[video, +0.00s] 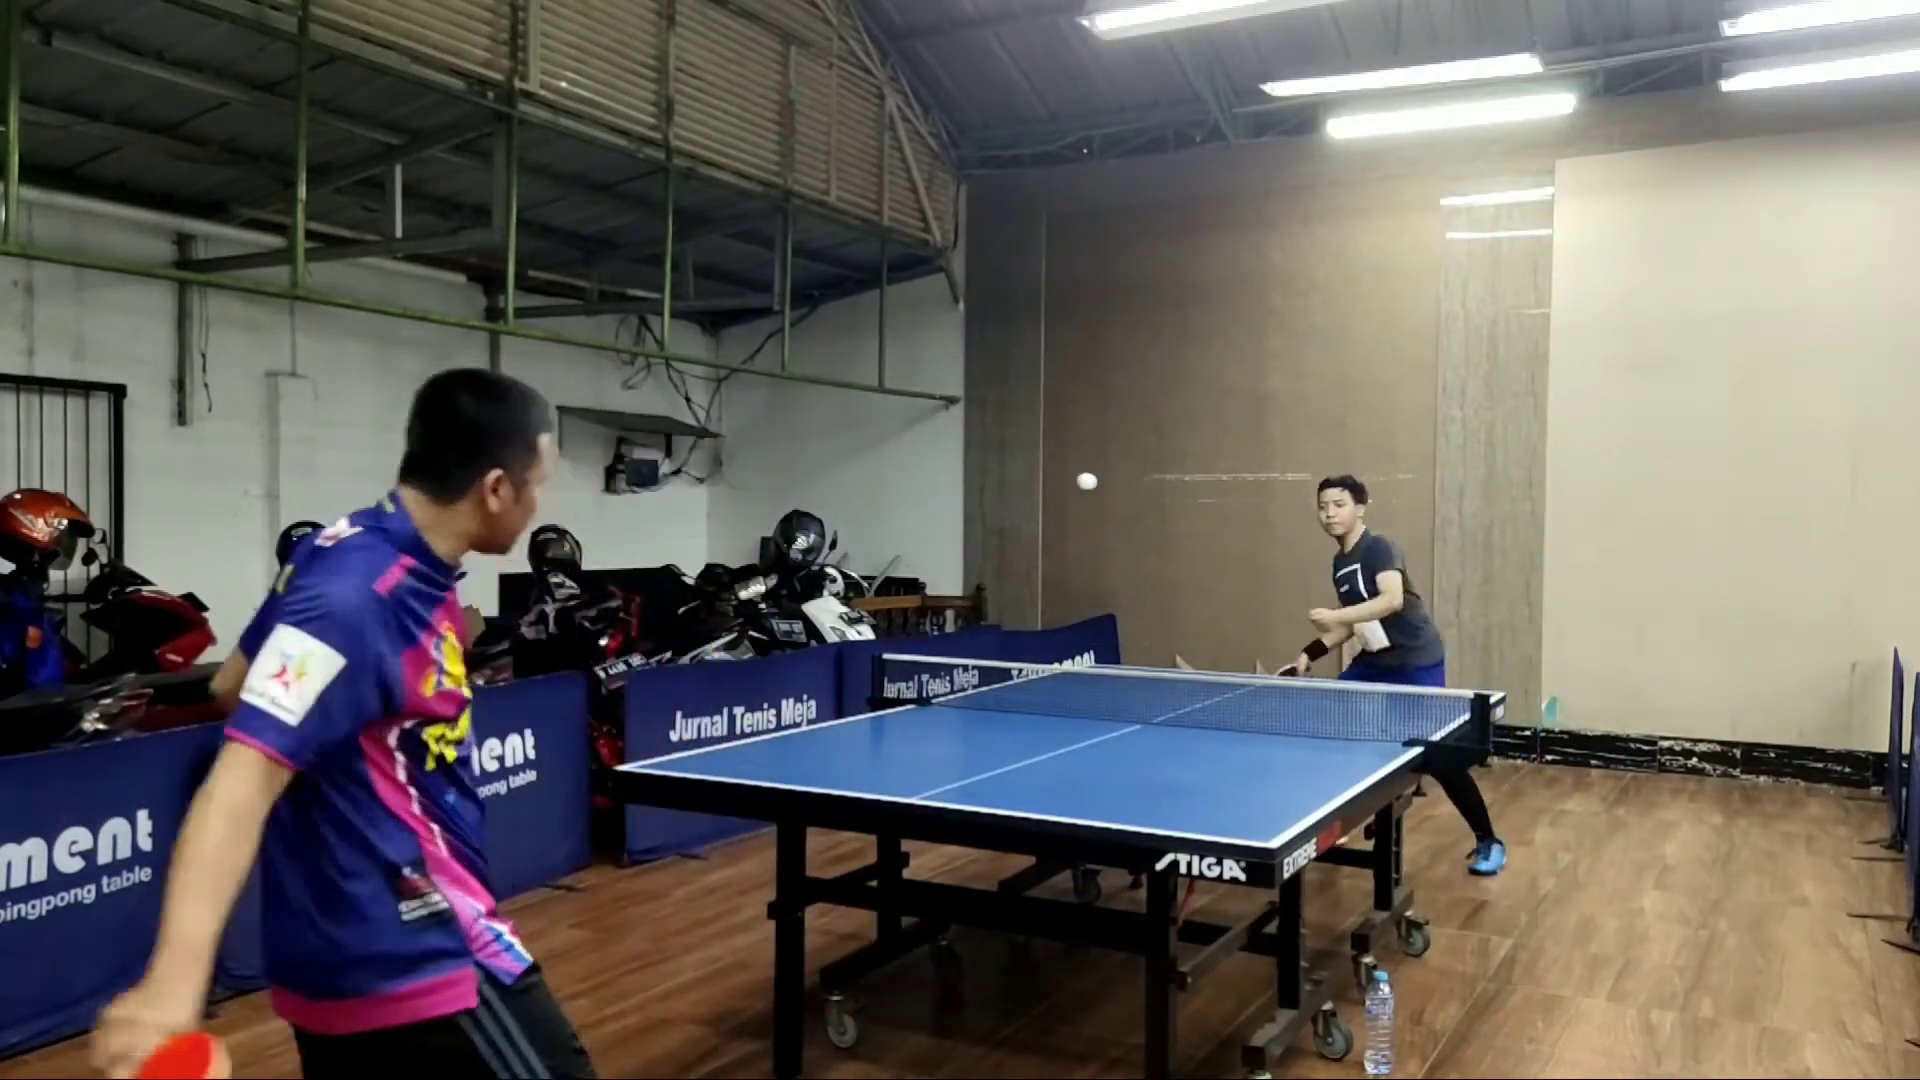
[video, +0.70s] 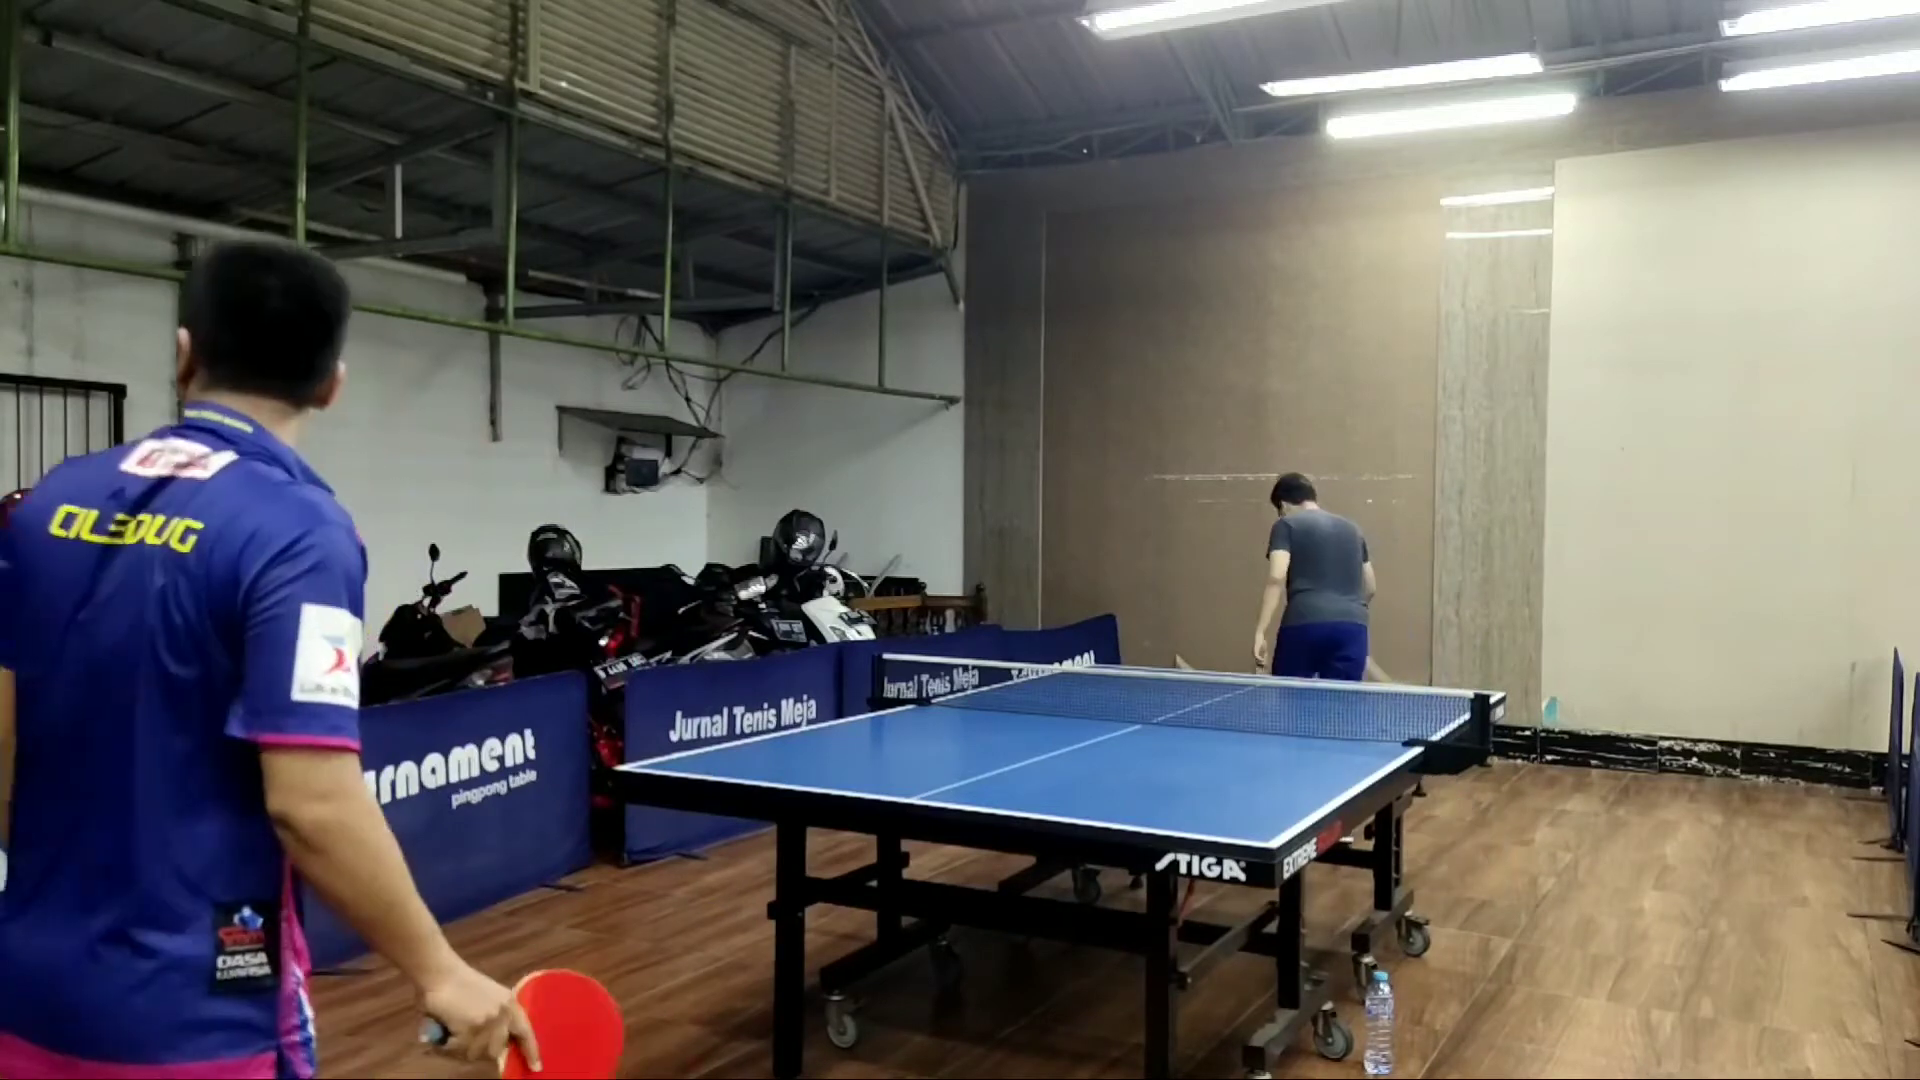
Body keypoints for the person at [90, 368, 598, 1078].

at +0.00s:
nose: (537, 502)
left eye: (541, 485)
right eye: (536, 485)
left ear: (418, 459)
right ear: (494, 489)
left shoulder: (360, 551)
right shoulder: (351, 597)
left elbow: (235, 684)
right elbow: (240, 783)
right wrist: (173, 988)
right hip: (427, 976)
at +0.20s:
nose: (444, 443)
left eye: (445, 424)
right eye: (442, 424)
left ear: (318, 416)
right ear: (402, 435)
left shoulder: (280, 518)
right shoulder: (278, 538)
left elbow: (156, 698)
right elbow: (187, 710)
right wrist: (147, 884)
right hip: (352, 957)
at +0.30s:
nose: (413, 422)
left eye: (412, 401)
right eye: (410, 402)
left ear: (282, 400)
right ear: (369, 417)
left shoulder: (213, 510)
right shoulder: (266, 529)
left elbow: (119, 706)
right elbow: (198, 725)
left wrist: (203, 851)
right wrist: (230, 896)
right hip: (336, 958)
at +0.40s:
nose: (391, 418)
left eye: (390, 397)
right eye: (389, 398)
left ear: (254, 398)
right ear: (352, 413)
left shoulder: (169, 523)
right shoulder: (267, 541)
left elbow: (90, 722)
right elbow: (231, 762)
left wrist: (179, 858)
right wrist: (333, 928)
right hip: (279, 1003)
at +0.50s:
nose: (374, 419)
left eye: (374, 396)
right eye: (376, 397)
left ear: (236, 394)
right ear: (357, 410)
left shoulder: (139, 528)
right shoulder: (276, 547)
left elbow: (70, 735)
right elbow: (275, 785)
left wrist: (148, 875)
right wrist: (427, 970)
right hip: (248, 1010)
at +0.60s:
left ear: (209, 377)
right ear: (355, 403)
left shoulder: (105, 509)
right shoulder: (289, 535)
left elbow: (40, 733)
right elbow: (301, 797)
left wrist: (105, 866)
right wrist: (455, 978)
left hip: (75, 985)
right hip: (216, 1014)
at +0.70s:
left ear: (185, 352)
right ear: (331, 386)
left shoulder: (56, 495)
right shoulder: (296, 526)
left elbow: (7, 735)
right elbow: (313, 799)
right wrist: (441, 972)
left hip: (29, 995)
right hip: (201, 1022)